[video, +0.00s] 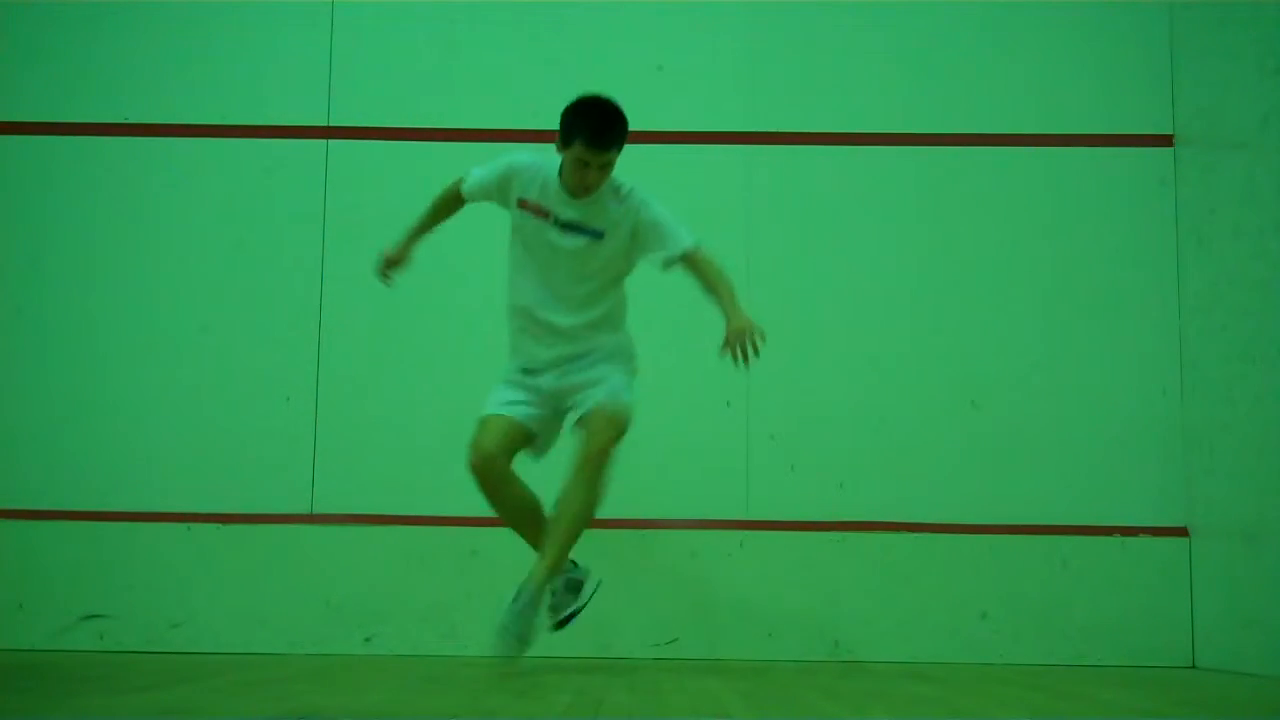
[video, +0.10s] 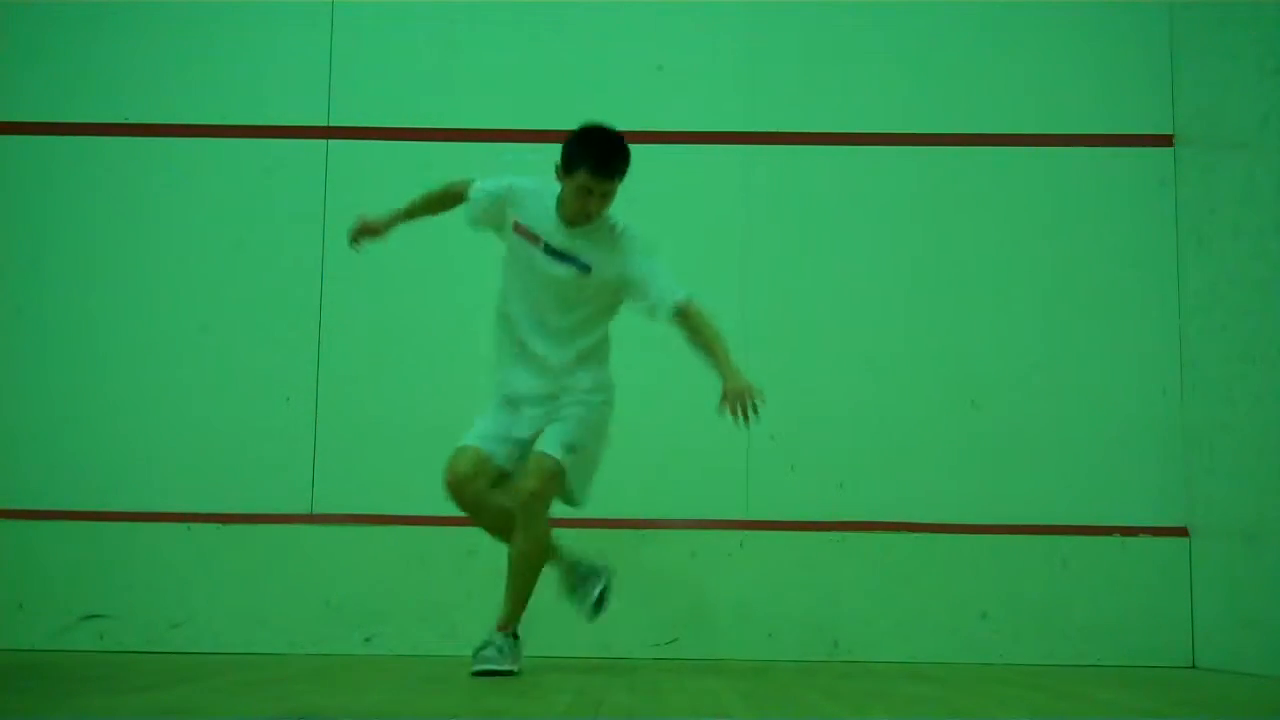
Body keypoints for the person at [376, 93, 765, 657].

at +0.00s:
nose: (590, 176)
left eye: (602, 166)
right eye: (581, 163)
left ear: (617, 159)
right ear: (561, 148)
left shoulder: (632, 209)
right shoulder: (520, 176)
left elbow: (694, 257)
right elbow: (459, 193)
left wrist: (735, 314)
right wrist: (406, 243)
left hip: (600, 364)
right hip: (531, 366)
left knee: (601, 441)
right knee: (485, 460)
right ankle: (565, 573)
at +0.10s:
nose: (594, 204)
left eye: (605, 193)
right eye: (586, 190)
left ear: (617, 189)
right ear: (562, 176)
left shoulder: (622, 250)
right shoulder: (520, 200)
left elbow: (683, 311)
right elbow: (458, 195)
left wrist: (730, 374)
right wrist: (391, 220)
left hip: (580, 395)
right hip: (516, 389)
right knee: (464, 480)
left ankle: (505, 635)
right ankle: (574, 570)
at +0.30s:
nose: (626, 205)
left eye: (636, 198)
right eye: (621, 192)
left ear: (642, 193)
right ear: (595, 168)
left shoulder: (634, 247)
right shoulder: (539, 175)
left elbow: (680, 315)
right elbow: (450, 145)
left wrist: (733, 378)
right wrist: (363, 116)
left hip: (593, 360)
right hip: (534, 358)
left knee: (567, 456)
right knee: (479, 449)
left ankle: (558, 609)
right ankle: (603, 447)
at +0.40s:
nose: (659, 219)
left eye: (665, 212)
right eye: (657, 207)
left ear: (660, 200)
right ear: (631, 183)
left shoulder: (647, 247)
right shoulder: (559, 183)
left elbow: (702, 308)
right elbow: (468, 176)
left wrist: (770, 348)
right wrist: (380, 177)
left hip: (594, 364)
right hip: (530, 360)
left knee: (609, 463)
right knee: (493, 463)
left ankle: (642, 584)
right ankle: (588, 528)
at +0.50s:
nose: (669, 267)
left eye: (677, 261)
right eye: (668, 254)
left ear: (681, 255)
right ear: (644, 225)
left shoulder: (664, 290)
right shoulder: (572, 223)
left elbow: (722, 316)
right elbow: (502, 244)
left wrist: (789, 315)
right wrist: (443, 295)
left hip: (602, 408)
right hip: (533, 400)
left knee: (654, 514)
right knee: (517, 512)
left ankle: (692, 621)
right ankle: (528, 619)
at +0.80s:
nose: (594, 249)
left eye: (601, 241)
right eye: (587, 240)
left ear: (611, 229)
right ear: (563, 219)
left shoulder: (626, 249)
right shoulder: (516, 243)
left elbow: (690, 263)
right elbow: (438, 296)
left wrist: (764, 285)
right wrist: (456, 372)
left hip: (602, 397)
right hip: (534, 399)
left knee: (611, 487)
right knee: (508, 513)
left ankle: (656, 597)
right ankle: (514, 629)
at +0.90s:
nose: (593, 223)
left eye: (603, 217)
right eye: (588, 213)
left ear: (615, 205)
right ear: (564, 188)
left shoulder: (622, 229)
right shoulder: (513, 210)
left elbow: (694, 243)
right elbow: (424, 248)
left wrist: (772, 261)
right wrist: (430, 330)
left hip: (585, 368)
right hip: (520, 372)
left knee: (570, 464)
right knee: (502, 488)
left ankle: (595, 602)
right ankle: (545, 598)